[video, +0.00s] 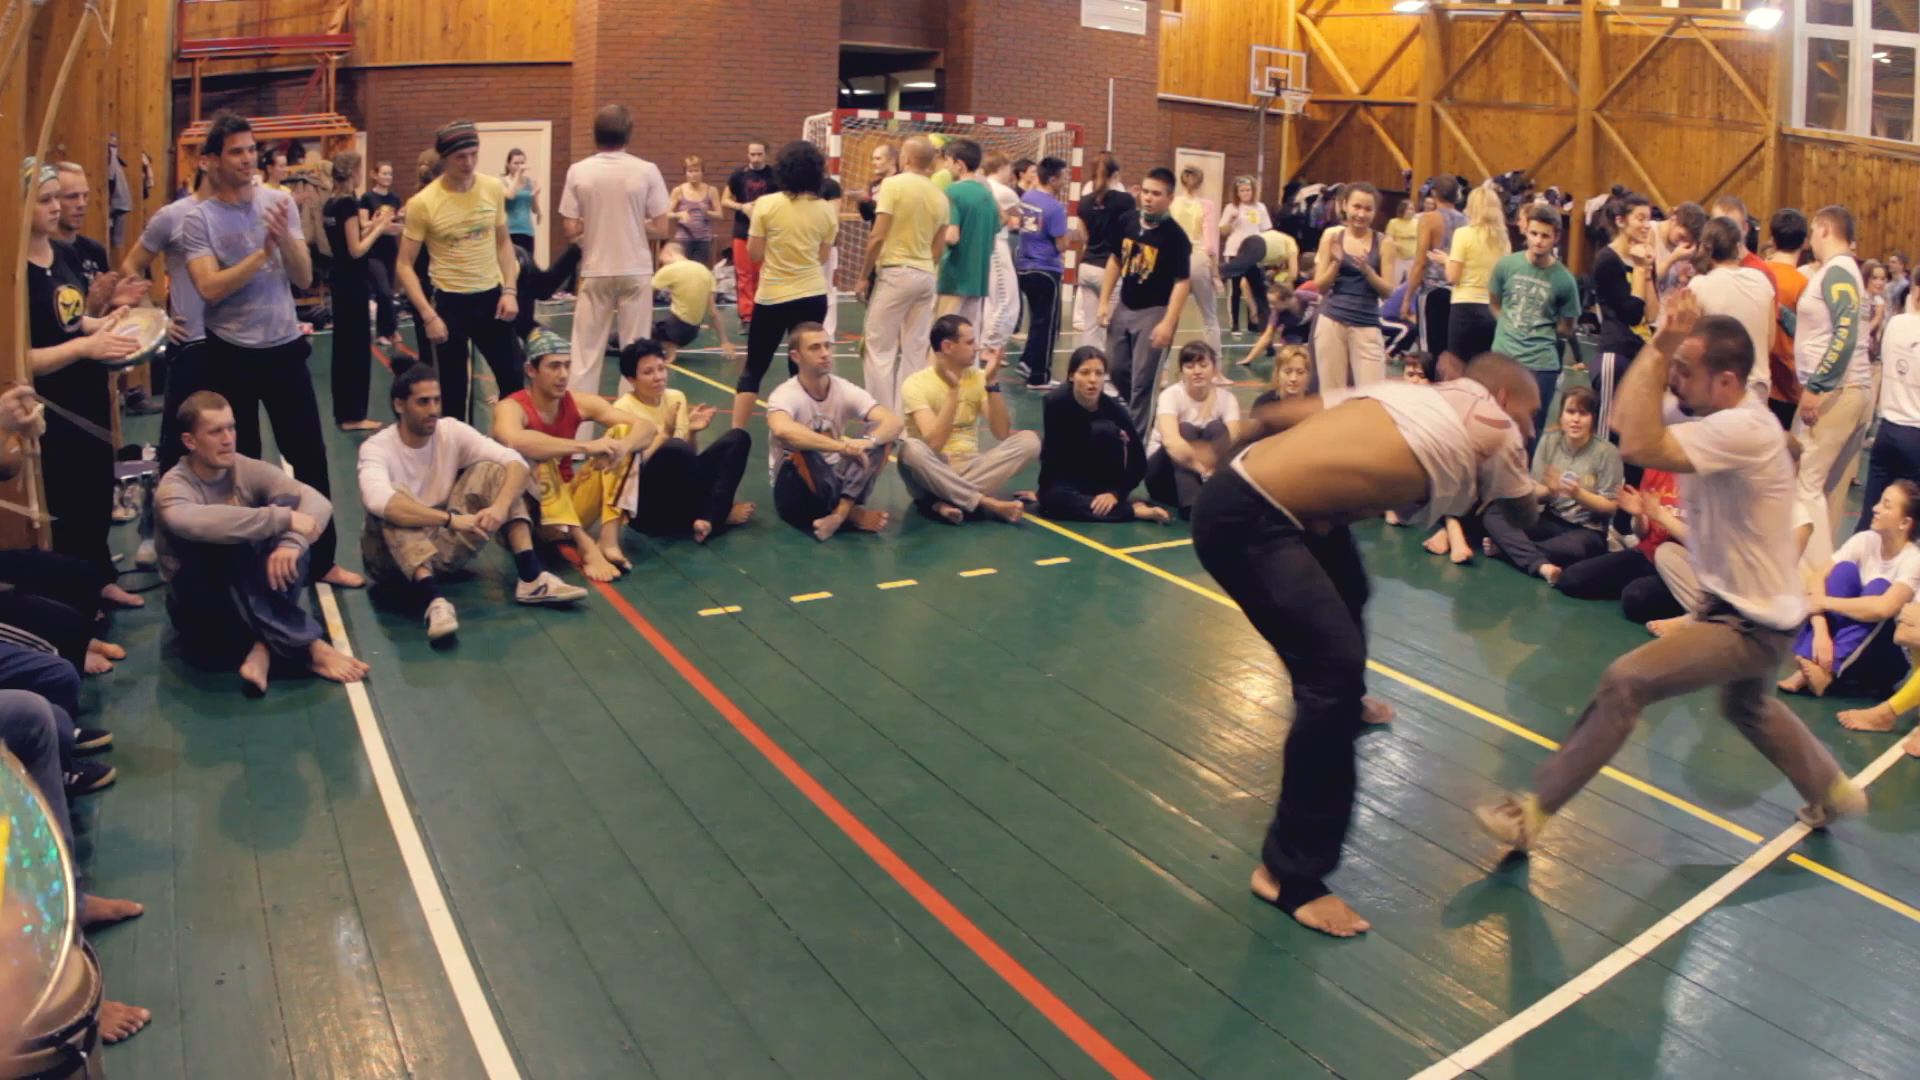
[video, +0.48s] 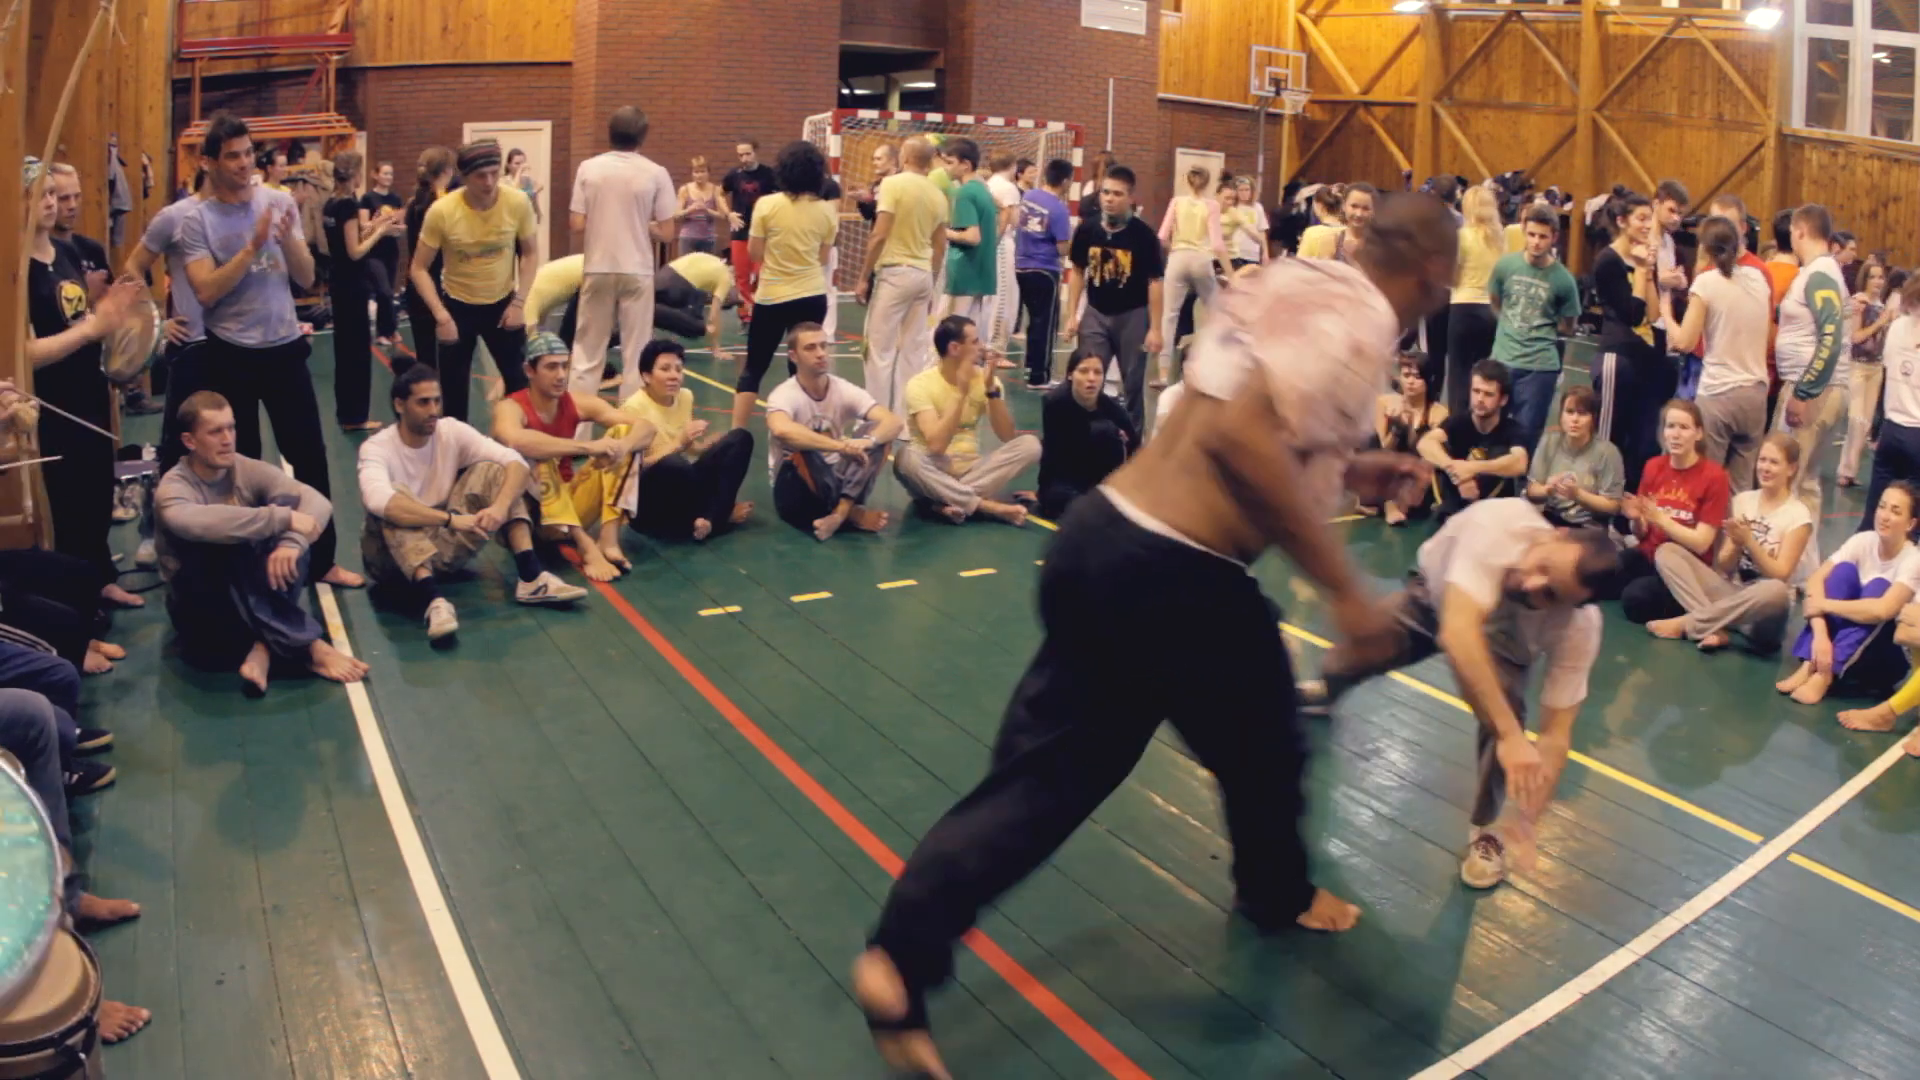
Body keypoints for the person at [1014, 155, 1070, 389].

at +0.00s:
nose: (1065, 182)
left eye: (1065, 177)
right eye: (1063, 177)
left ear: (1042, 177)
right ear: (1053, 178)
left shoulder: (1026, 197)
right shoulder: (1054, 207)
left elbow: (1020, 227)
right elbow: (1061, 243)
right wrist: (1075, 235)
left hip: (1024, 264)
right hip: (1045, 268)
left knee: (1038, 318)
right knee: (1046, 322)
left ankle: (1029, 360)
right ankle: (1039, 376)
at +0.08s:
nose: (1066, 182)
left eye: (1066, 178)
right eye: (1065, 178)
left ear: (1043, 176)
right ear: (1057, 179)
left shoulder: (1026, 197)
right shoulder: (1054, 207)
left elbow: (1019, 227)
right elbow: (1063, 243)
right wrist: (1075, 237)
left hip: (1024, 264)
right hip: (1045, 268)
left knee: (1040, 319)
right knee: (1045, 323)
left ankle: (1034, 365)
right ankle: (1039, 375)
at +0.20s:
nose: (1069, 185)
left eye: (1068, 180)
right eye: (1068, 180)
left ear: (1043, 176)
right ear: (1062, 181)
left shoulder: (1027, 197)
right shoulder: (1054, 207)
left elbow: (1020, 227)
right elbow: (1063, 244)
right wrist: (1077, 238)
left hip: (1024, 264)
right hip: (1045, 268)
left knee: (1044, 321)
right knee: (1046, 324)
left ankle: (1050, 367)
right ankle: (1039, 375)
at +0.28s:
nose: (1070, 185)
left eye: (1070, 181)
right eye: (1070, 181)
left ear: (1046, 176)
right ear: (1064, 182)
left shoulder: (1028, 196)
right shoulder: (1056, 207)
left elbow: (1019, 226)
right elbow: (1062, 246)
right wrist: (1076, 241)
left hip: (1024, 265)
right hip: (1045, 269)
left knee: (1041, 320)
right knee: (1046, 324)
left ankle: (1048, 367)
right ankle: (1039, 375)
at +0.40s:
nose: (1070, 185)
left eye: (1070, 181)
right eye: (1070, 181)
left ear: (1046, 176)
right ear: (1065, 182)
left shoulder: (1028, 197)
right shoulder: (1058, 209)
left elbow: (1019, 227)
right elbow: (1063, 246)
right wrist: (1075, 236)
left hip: (1023, 265)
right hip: (1045, 269)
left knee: (1039, 320)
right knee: (1045, 323)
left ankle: (1039, 369)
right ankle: (1039, 375)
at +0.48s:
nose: (1070, 184)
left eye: (1070, 180)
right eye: (1070, 180)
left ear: (1046, 175)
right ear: (1065, 181)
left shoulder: (1029, 196)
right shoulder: (1057, 207)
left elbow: (1020, 227)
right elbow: (1062, 245)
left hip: (1023, 265)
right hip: (1044, 269)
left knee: (1036, 318)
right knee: (1043, 322)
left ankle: (1032, 365)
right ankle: (1038, 374)